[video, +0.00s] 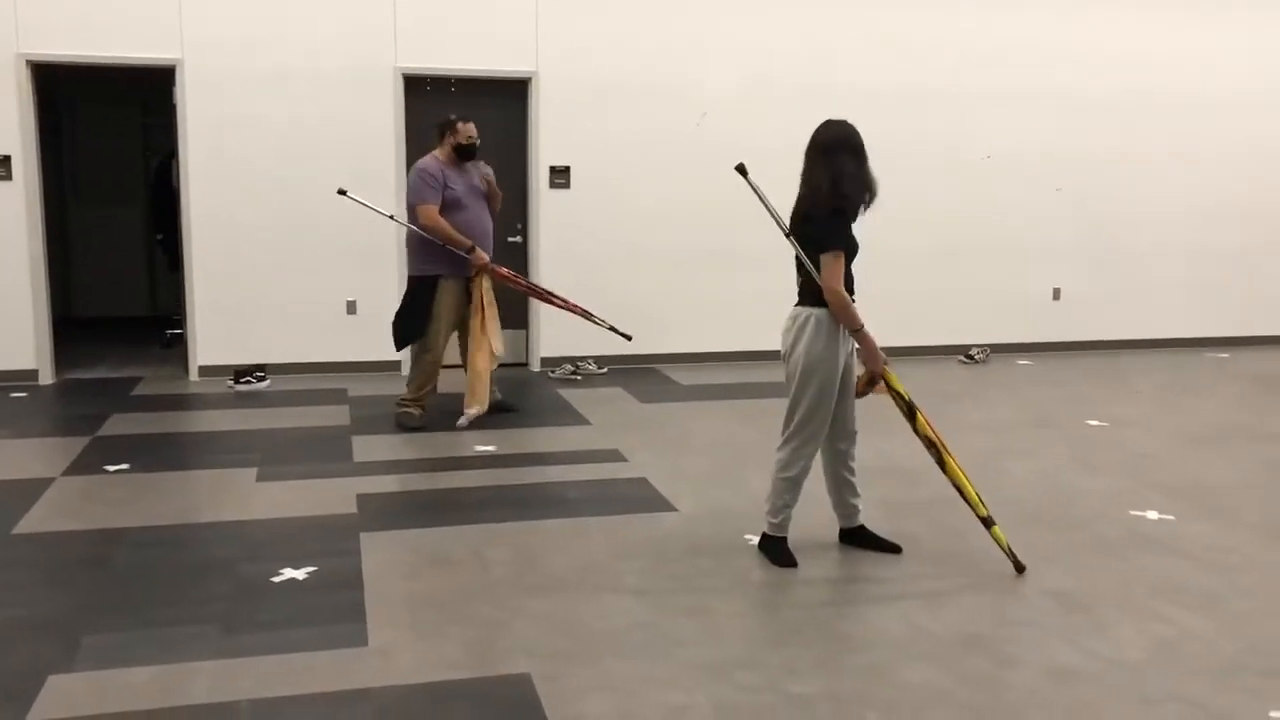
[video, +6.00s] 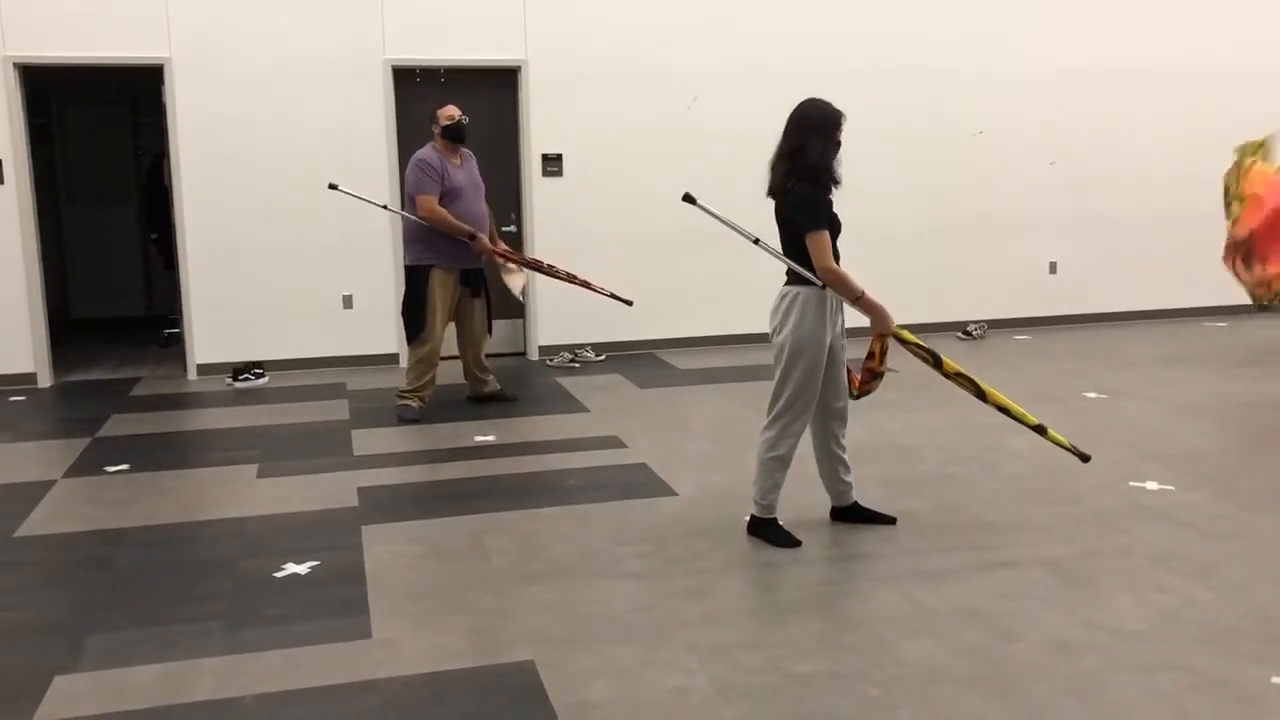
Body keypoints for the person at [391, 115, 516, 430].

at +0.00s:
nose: (474, 144)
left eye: (476, 139)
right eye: (468, 139)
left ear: (475, 140)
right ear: (450, 138)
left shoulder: (473, 168)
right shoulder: (427, 169)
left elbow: (492, 211)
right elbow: (428, 218)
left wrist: (492, 187)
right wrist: (470, 248)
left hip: (474, 269)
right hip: (439, 271)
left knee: (479, 337)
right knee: (431, 343)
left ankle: (485, 397)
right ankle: (411, 405)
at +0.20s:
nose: (479, 133)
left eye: (480, 128)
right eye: (472, 128)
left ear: (479, 133)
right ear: (454, 132)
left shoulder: (475, 162)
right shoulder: (436, 165)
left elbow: (483, 206)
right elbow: (436, 216)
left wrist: (497, 236)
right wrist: (477, 246)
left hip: (479, 264)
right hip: (444, 267)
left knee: (479, 333)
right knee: (437, 338)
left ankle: (479, 393)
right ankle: (409, 401)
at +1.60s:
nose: (435, 108)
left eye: (437, 105)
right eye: (426, 106)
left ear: (441, 117)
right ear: (411, 119)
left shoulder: (445, 149)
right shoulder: (400, 152)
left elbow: (449, 197)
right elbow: (397, 203)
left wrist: (458, 239)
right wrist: (440, 233)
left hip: (447, 251)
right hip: (411, 255)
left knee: (454, 321)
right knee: (406, 327)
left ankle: (459, 382)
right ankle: (388, 392)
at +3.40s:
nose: (441, 118)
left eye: (444, 114)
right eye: (433, 115)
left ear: (449, 122)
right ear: (419, 126)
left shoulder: (453, 155)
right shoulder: (412, 157)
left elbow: (471, 194)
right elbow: (422, 208)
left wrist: (479, 193)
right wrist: (468, 232)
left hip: (456, 255)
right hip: (419, 258)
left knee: (460, 324)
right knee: (415, 331)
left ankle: (468, 383)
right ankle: (398, 394)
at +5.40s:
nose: (457, 125)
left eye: (460, 121)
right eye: (449, 122)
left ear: (466, 129)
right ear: (434, 132)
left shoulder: (470, 164)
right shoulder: (423, 165)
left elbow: (489, 206)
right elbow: (430, 214)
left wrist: (497, 241)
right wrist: (476, 240)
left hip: (472, 264)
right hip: (433, 267)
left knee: (477, 331)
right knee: (428, 339)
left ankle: (482, 390)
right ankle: (411, 402)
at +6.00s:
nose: (458, 125)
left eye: (461, 120)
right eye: (451, 121)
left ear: (466, 125)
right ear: (437, 128)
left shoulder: (469, 158)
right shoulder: (424, 160)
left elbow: (479, 203)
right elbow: (427, 210)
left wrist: (495, 241)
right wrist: (472, 235)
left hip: (469, 260)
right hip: (432, 263)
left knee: (474, 329)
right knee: (428, 336)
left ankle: (481, 387)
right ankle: (411, 399)